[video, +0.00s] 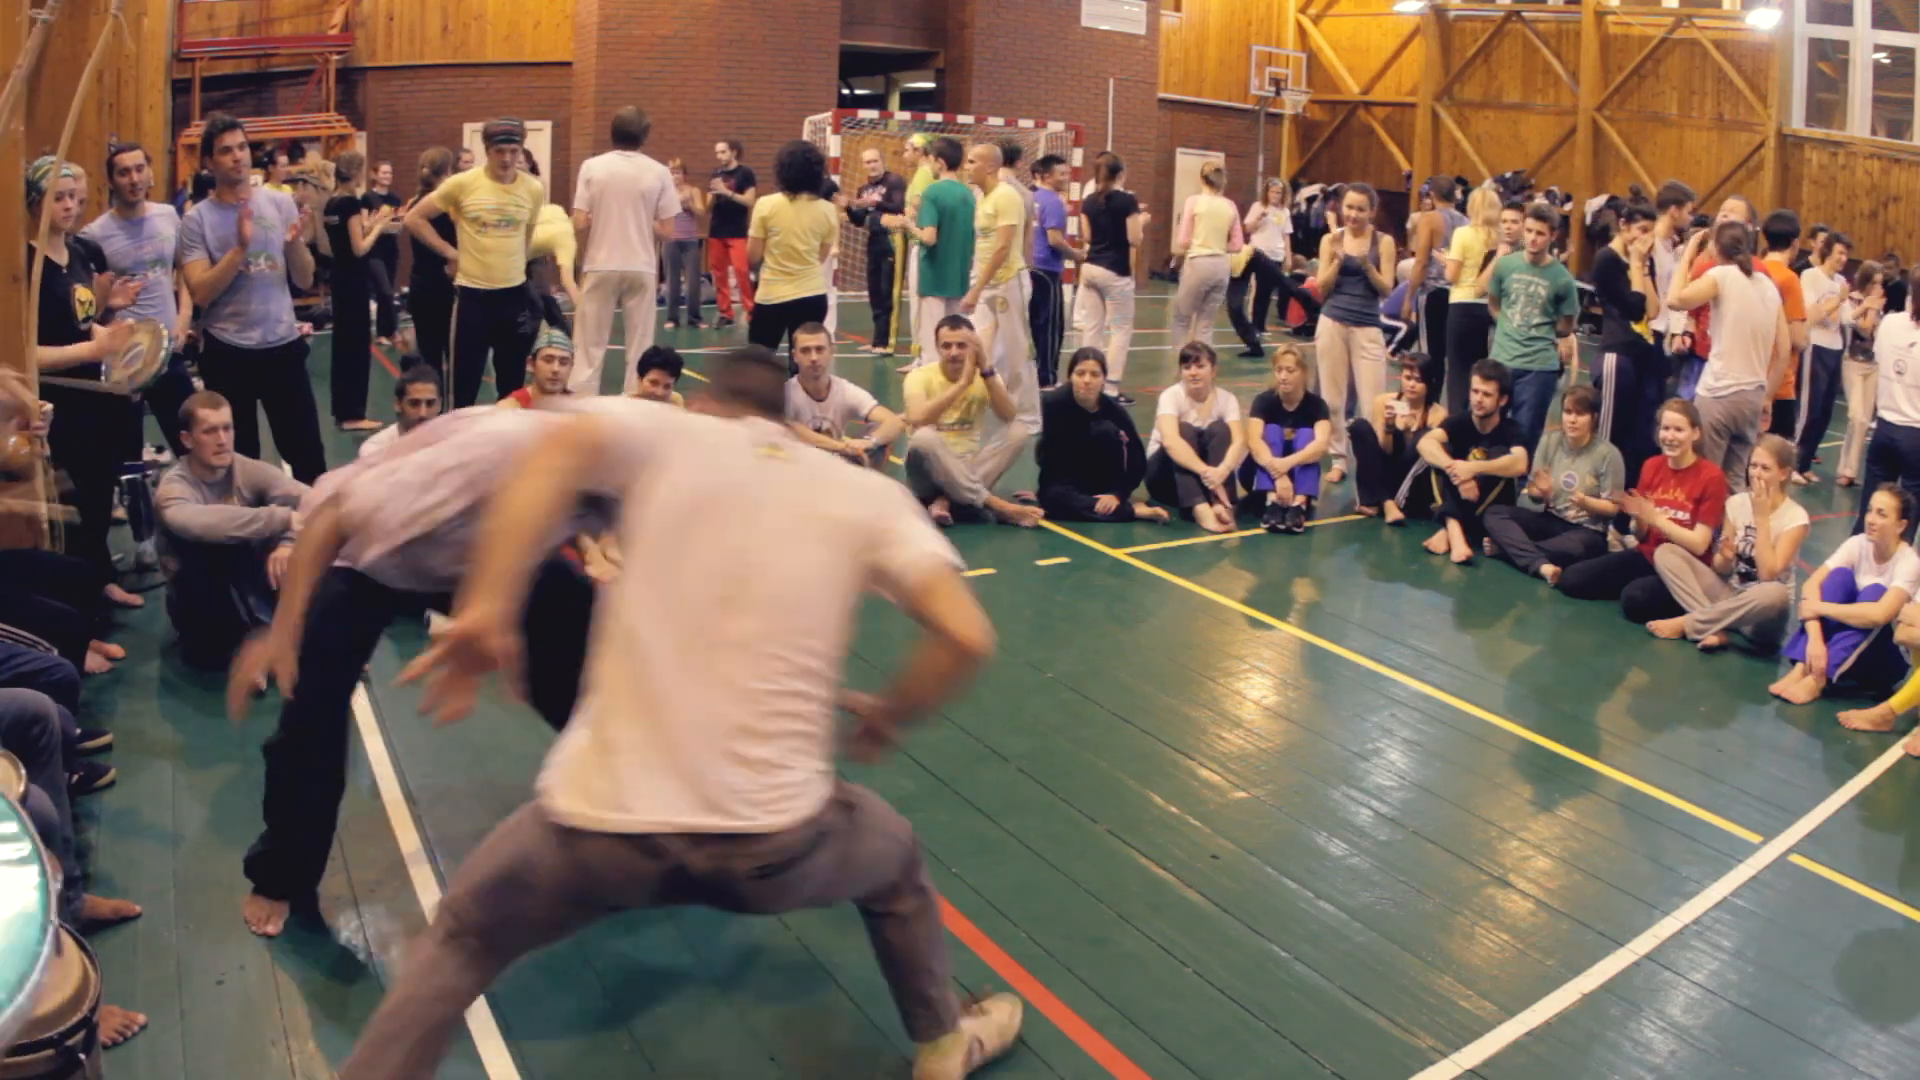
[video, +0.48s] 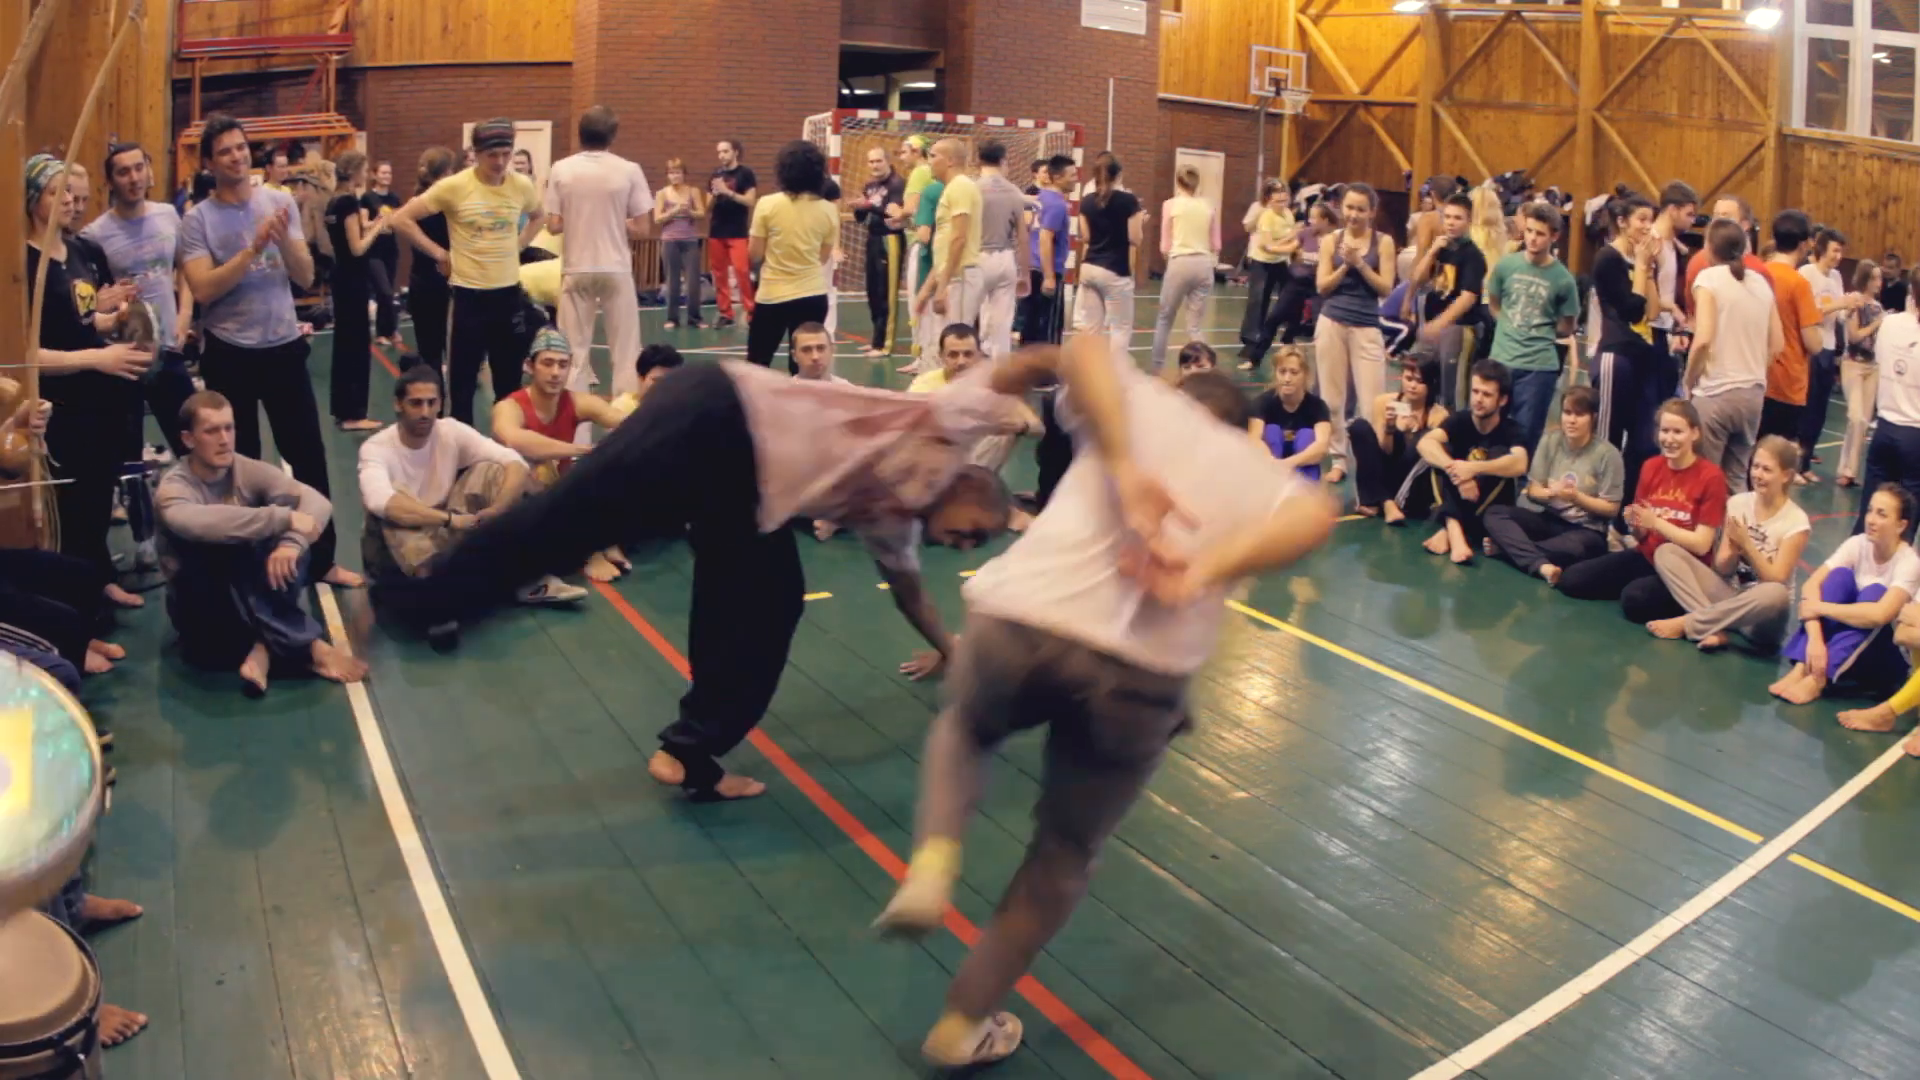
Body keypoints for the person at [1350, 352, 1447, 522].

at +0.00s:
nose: (1411, 385)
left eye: (1419, 380)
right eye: (1407, 378)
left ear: (1430, 383)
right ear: (1400, 378)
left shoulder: (1438, 414)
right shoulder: (1383, 402)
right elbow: (1386, 451)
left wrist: (1409, 433)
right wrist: (1389, 426)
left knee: (1424, 440)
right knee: (1359, 426)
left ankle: (1373, 501)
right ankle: (1387, 501)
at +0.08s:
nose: (1411, 385)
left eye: (1419, 380)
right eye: (1407, 378)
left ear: (1430, 383)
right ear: (1400, 379)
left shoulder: (1438, 414)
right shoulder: (1383, 402)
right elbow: (1386, 451)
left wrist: (1409, 433)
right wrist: (1389, 426)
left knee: (1423, 441)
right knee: (1359, 426)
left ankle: (1373, 501)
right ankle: (1387, 501)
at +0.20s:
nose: (1412, 385)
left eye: (1419, 380)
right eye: (1408, 378)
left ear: (1430, 384)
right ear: (1400, 379)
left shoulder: (1438, 414)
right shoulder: (1383, 402)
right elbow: (1386, 452)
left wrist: (1409, 433)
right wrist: (1389, 426)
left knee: (1423, 441)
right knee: (1359, 426)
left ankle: (1373, 501)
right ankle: (1387, 501)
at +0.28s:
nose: (1412, 385)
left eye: (1419, 380)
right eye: (1408, 378)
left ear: (1430, 384)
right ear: (1401, 379)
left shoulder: (1438, 415)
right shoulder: (1383, 402)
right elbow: (1386, 452)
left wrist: (1409, 433)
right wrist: (1389, 427)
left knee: (1422, 442)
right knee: (1359, 426)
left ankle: (1373, 501)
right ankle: (1387, 501)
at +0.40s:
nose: (1412, 385)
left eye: (1419, 381)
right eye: (1408, 379)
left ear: (1431, 385)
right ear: (1401, 379)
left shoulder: (1439, 415)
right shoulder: (1383, 402)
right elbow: (1386, 452)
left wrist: (1410, 433)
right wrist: (1389, 427)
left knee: (1423, 444)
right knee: (1359, 426)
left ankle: (1373, 501)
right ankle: (1387, 501)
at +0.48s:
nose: (1412, 386)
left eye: (1420, 381)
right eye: (1408, 379)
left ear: (1431, 385)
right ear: (1401, 378)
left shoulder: (1439, 416)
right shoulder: (1383, 402)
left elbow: (1432, 455)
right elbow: (1386, 452)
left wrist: (1413, 433)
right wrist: (1389, 427)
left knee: (1422, 445)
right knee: (1358, 426)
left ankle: (1373, 501)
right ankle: (1387, 501)